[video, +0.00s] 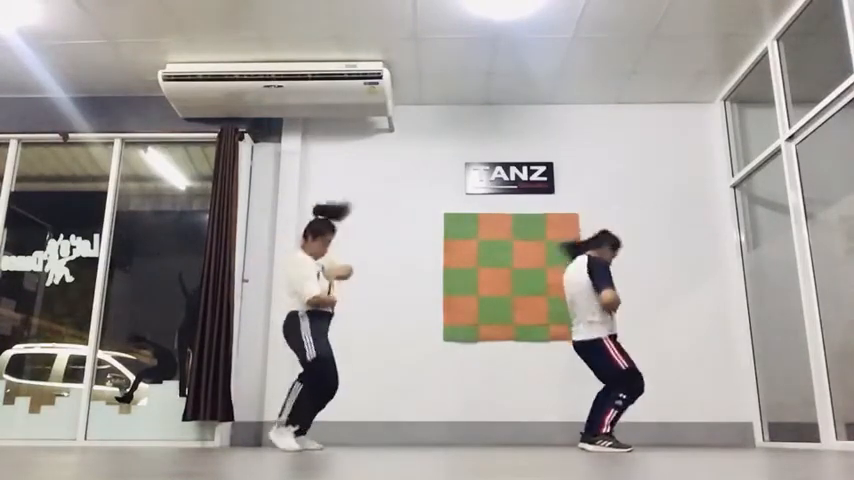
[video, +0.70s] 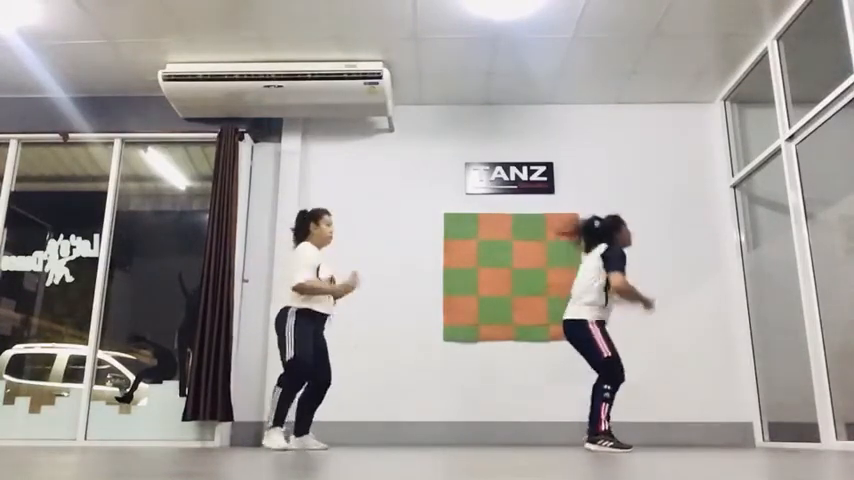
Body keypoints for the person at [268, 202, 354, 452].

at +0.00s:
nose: (326, 248)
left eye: (329, 244)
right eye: (324, 242)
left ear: (323, 242)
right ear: (308, 237)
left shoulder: (317, 263)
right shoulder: (299, 262)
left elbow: (345, 270)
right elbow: (311, 298)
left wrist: (334, 273)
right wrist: (330, 300)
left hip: (317, 322)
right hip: (302, 320)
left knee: (329, 382)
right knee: (315, 371)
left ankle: (298, 433)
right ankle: (282, 428)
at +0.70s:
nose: (331, 231)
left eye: (331, 226)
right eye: (327, 225)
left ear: (320, 229)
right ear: (312, 228)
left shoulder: (318, 256)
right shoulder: (305, 251)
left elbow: (320, 291)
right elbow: (299, 285)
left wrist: (343, 288)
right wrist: (331, 289)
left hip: (313, 322)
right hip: (295, 318)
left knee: (321, 377)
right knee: (297, 370)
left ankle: (300, 435)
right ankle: (274, 430)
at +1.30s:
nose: (314, 240)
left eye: (319, 237)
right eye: (310, 236)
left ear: (326, 244)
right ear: (303, 242)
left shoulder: (338, 269)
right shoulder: (288, 270)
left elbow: (366, 271)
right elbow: (258, 266)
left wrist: (370, 257)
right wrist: (253, 254)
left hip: (330, 335)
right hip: (298, 335)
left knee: (353, 377)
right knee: (276, 382)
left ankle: (335, 430)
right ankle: (275, 434)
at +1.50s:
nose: (317, 237)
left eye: (322, 234)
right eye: (313, 233)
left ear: (330, 240)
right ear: (307, 239)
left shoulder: (343, 264)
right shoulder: (296, 266)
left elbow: (374, 265)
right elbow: (265, 264)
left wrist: (375, 236)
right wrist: (267, 235)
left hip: (333, 326)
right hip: (303, 326)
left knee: (349, 382)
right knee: (282, 379)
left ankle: (353, 434)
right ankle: (277, 434)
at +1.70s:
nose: (325, 240)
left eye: (330, 237)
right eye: (322, 237)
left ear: (337, 244)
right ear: (315, 243)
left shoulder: (345, 271)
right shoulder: (305, 266)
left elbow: (364, 286)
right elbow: (279, 277)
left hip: (340, 326)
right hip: (312, 326)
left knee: (353, 379)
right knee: (290, 378)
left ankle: (353, 434)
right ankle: (278, 434)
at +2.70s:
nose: (340, 253)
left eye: (344, 250)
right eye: (336, 250)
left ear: (352, 255)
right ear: (331, 254)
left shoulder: (363, 279)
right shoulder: (320, 279)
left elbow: (374, 311)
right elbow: (313, 314)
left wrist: (370, 336)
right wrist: (322, 340)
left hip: (363, 342)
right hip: (333, 343)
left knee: (378, 387)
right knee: (308, 387)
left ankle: (380, 433)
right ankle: (291, 434)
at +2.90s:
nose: (340, 247)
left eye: (344, 244)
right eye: (336, 244)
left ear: (353, 249)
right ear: (332, 249)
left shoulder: (362, 275)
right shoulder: (322, 276)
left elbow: (378, 304)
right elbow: (314, 308)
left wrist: (367, 333)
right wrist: (322, 333)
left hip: (358, 332)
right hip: (331, 333)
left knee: (369, 384)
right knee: (308, 382)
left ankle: (378, 433)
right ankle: (299, 433)